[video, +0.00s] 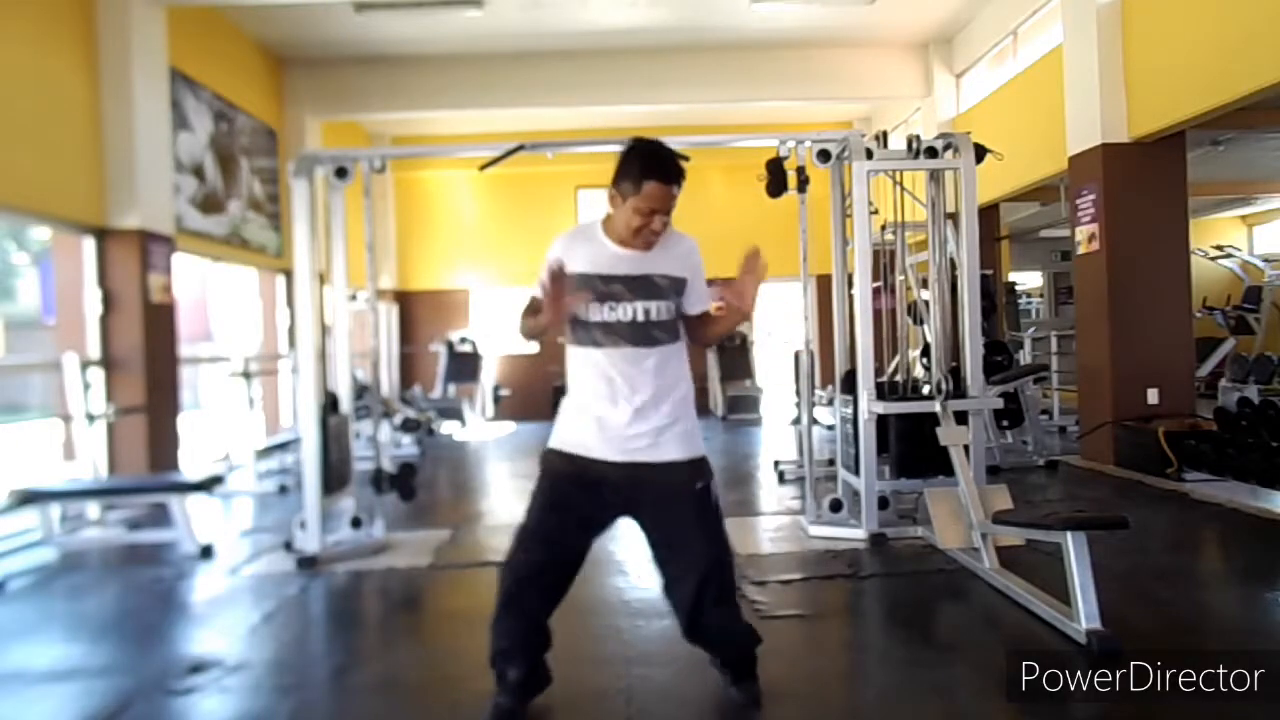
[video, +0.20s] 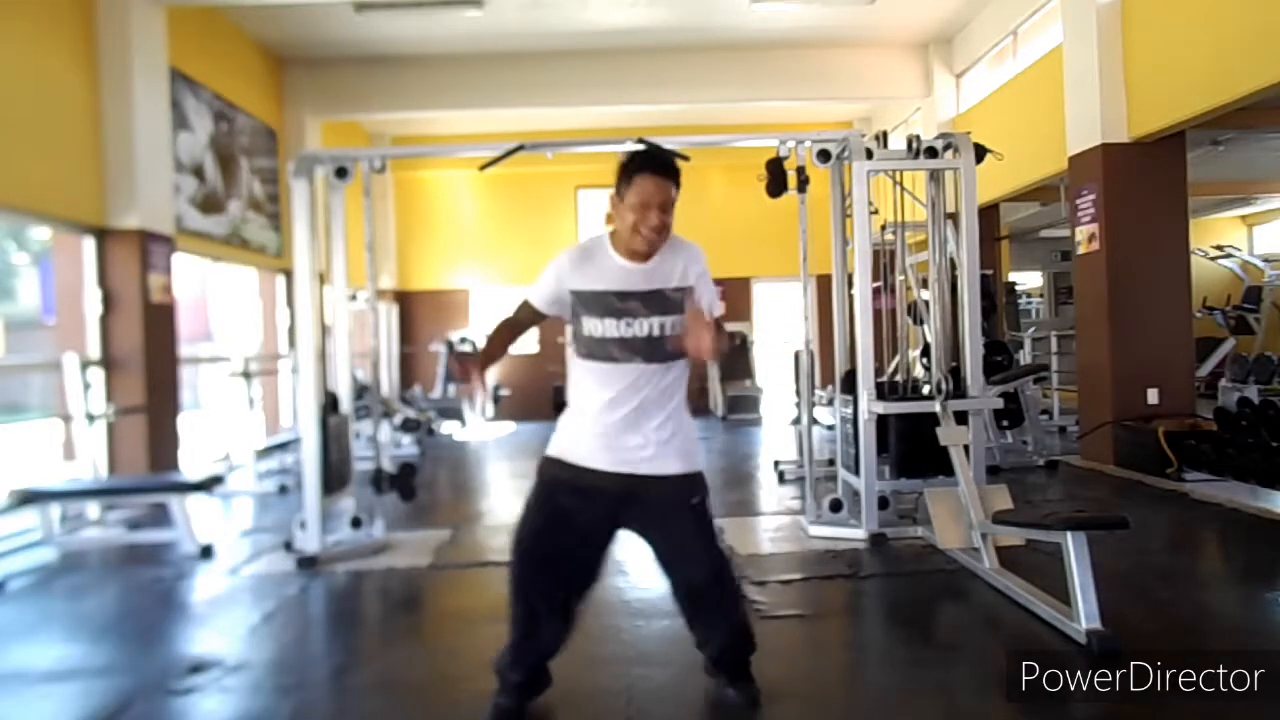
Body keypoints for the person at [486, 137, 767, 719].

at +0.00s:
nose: (658, 224)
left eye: (667, 212)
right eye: (647, 212)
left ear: (675, 203)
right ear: (615, 196)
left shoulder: (683, 253)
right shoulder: (572, 249)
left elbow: (699, 333)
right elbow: (530, 325)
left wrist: (734, 315)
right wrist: (548, 322)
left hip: (670, 452)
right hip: (582, 449)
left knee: (705, 584)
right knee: (526, 576)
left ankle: (740, 671)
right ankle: (514, 687)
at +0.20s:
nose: (658, 221)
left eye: (667, 209)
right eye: (647, 207)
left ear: (675, 208)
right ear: (616, 203)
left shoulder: (687, 261)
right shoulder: (574, 266)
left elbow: (717, 336)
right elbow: (524, 317)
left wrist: (711, 340)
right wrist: (483, 359)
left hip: (665, 464)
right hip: (581, 460)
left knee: (703, 577)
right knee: (540, 573)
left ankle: (734, 676)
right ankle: (518, 684)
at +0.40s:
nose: (636, 188)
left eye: (648, 178)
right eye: (623, 177)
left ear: (661, 189)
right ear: (604, 185)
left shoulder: (680, 256)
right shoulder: (570, 246)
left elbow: (705, 336)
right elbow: (538, 325)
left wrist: (745, 320)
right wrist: (549, 321)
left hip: (666, 447)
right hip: (579, 451)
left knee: (713, 566)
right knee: (530, 577)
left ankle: (739, 667)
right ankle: (512, 694)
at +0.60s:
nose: (633, 194)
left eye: (645, 183)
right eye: (622, 185)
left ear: (664, 194)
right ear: (605, 197)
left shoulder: (691, 257)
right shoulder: (580, 264)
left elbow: (728, 327)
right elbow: (530, 322)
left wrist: (716, 344)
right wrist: (484, 362)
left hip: (668, 458)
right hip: (583, 454)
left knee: (700, 576)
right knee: (533, 564)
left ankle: (726, 679)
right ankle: (514, 682)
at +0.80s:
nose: (633, 173)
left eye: (644, 164)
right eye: (621, 164)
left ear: (660, 178)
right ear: (603, 176)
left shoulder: (682, 249)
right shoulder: (573, 244)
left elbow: (706, 332)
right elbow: (545, 318)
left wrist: (756, 316)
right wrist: (557, 322)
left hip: (667, 441)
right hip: (582, 445)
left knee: (709, 568)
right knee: (540, 577)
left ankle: (734, 672)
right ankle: (524, 693)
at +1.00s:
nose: (637, 184)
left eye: (648, 175)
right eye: (625, 176)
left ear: (666, 190)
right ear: (605, 193)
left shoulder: (693, 257)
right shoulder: (580, 263)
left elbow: (731, 333)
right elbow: (534, 325)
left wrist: (718, 332)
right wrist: (484, 356)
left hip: (675, 457)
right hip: (590, 453)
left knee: (705, 581)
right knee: (537, 560)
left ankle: (733, 684)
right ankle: (522, 688)